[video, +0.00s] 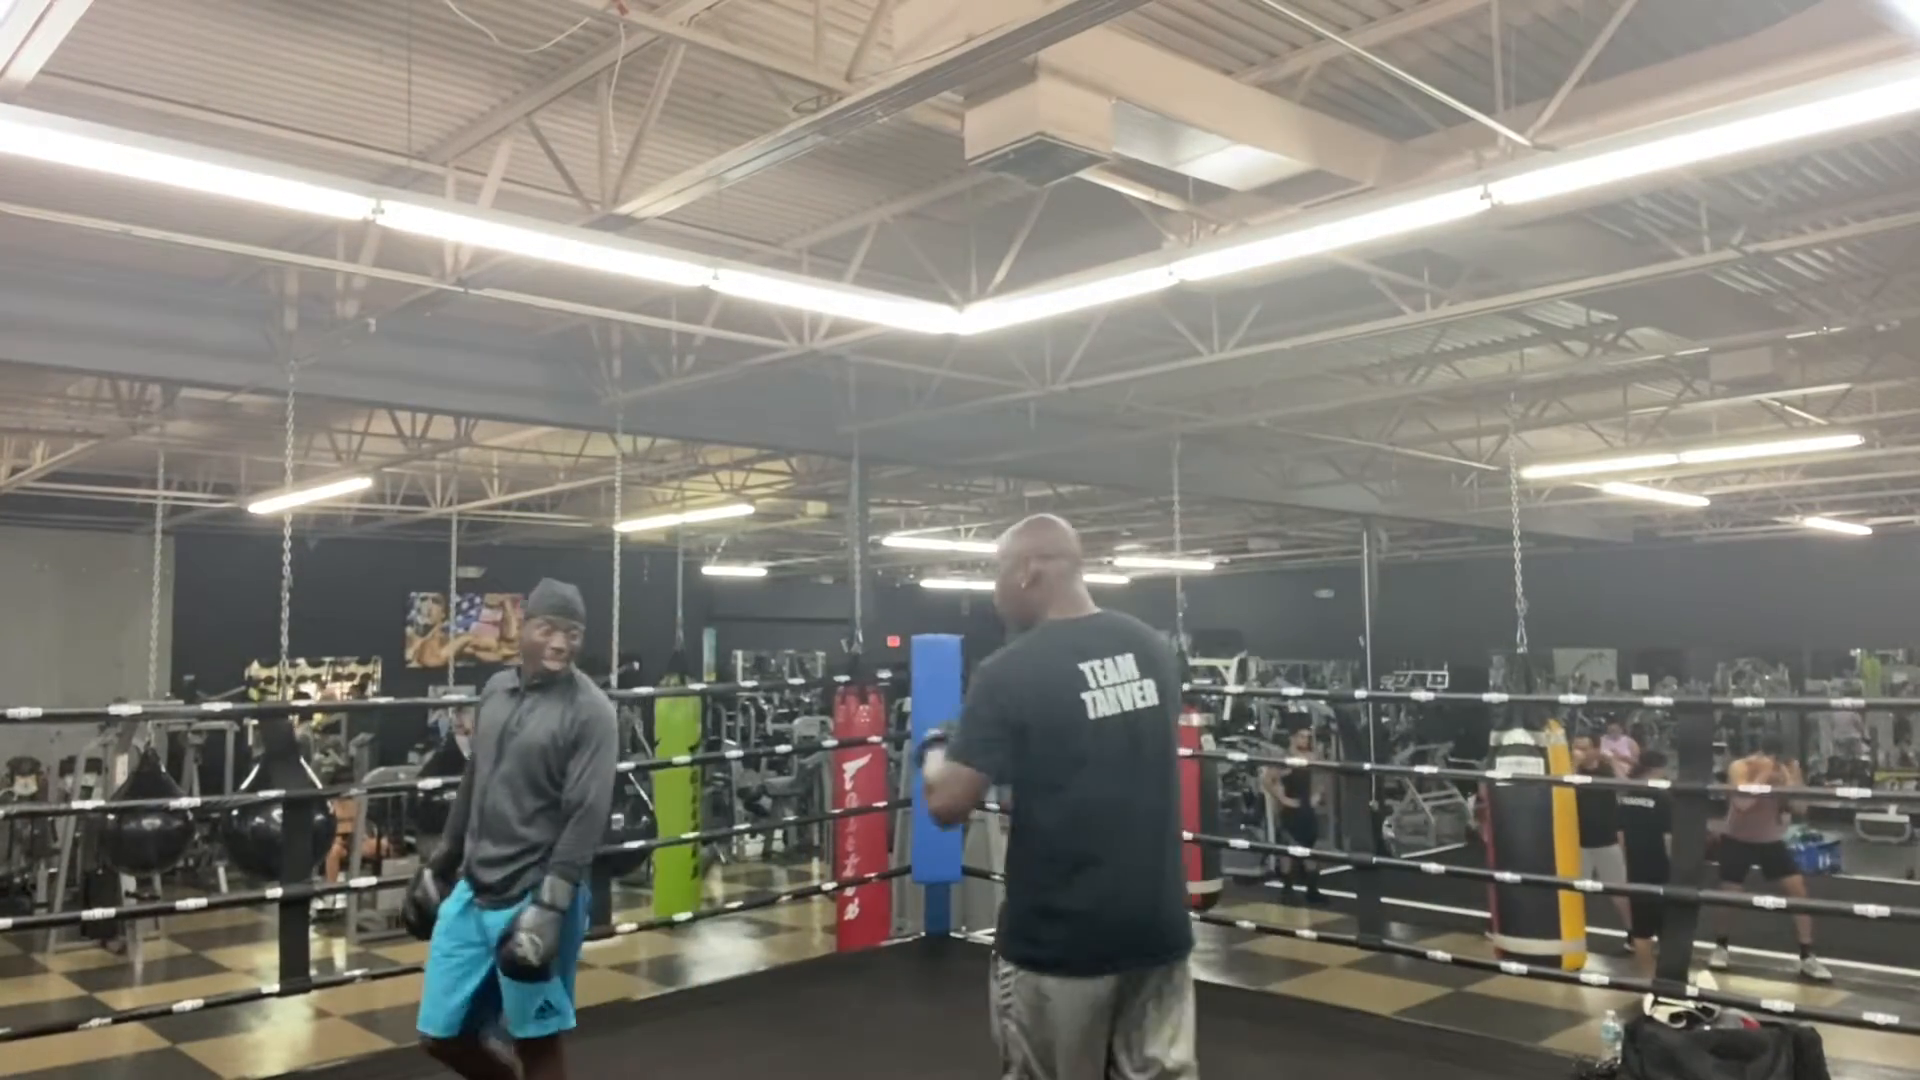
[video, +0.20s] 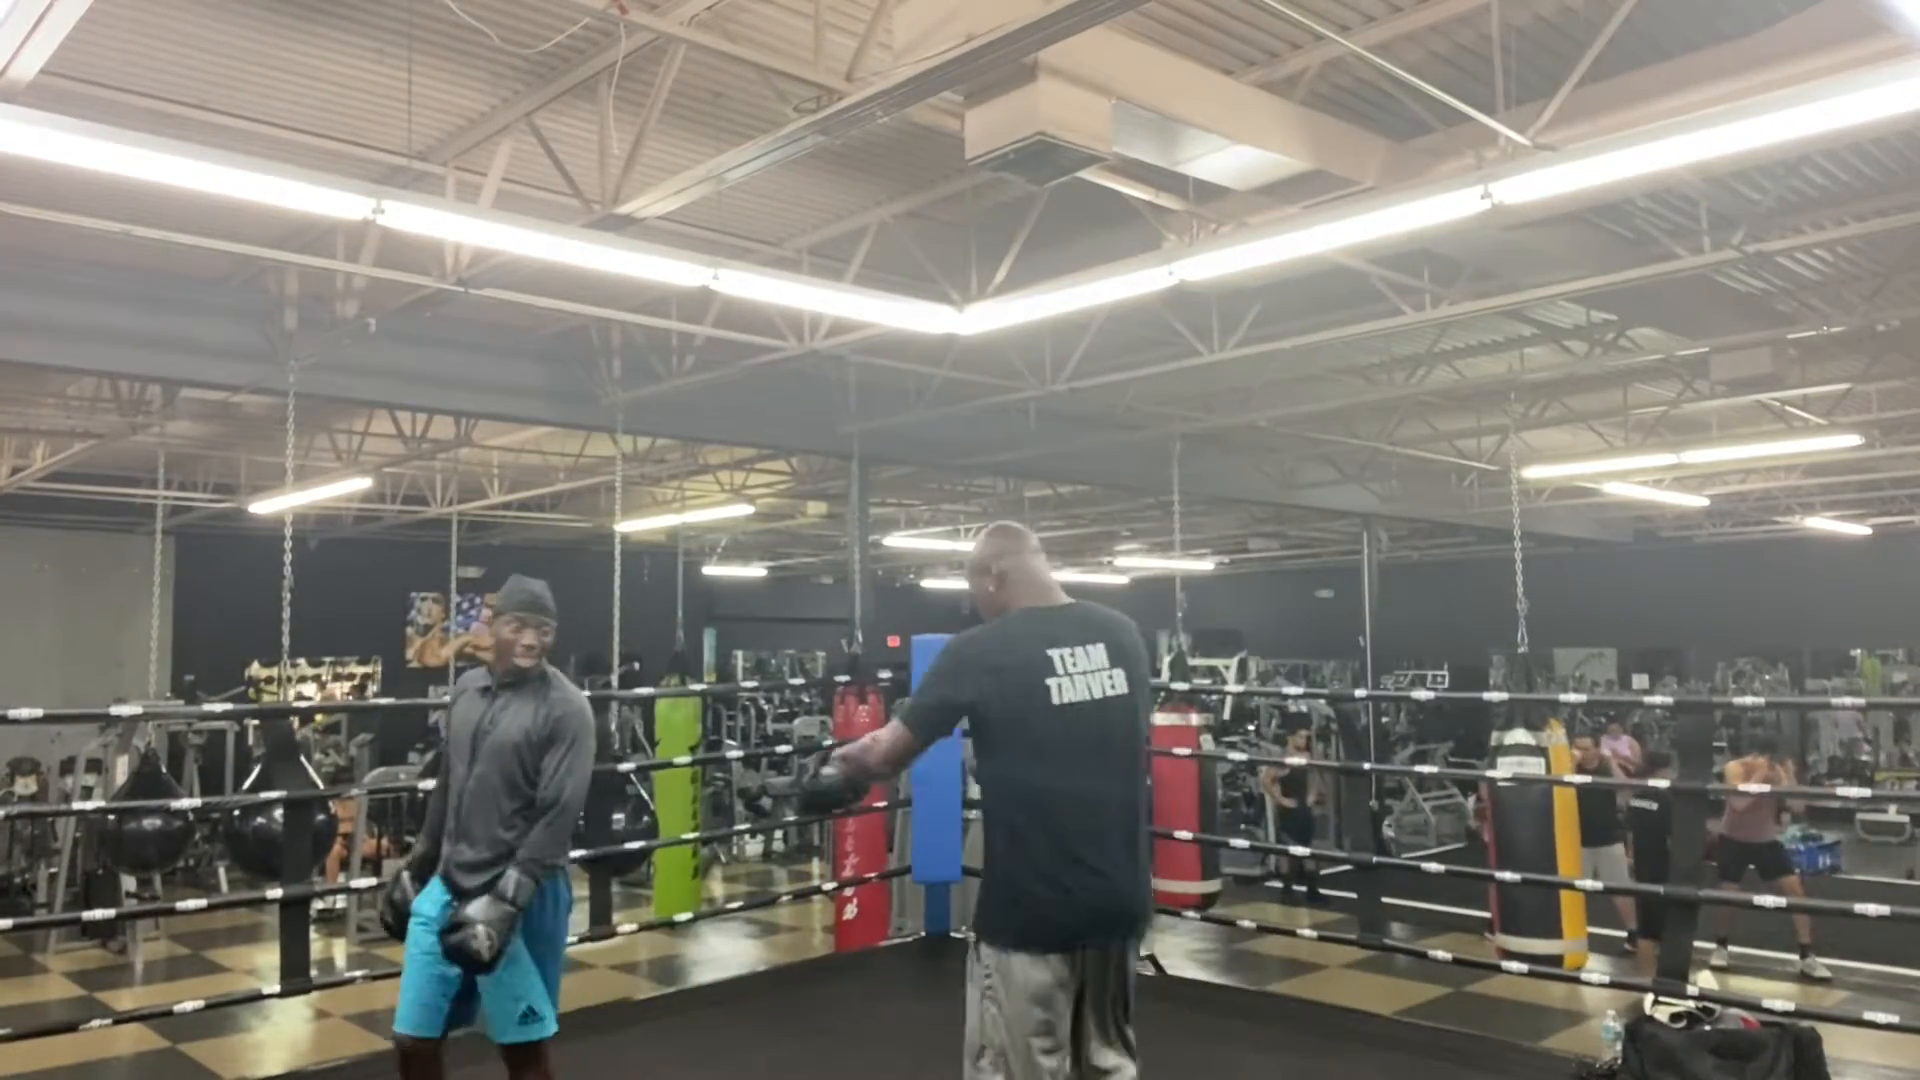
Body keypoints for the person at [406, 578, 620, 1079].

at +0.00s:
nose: (559, 642)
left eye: (570, 633)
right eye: (547, 629)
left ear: (580, 640)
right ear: (521, 630)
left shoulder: (593, 711)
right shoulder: (497, 689)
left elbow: (588, 815)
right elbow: (473, 784)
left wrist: (549, 907)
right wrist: (438, 867)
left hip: (541, 897)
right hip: (473, 892)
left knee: (538, 1043)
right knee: (442, 1036)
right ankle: (514, 1075)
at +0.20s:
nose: (529, 639)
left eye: (540, 629)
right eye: (516, 626)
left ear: (550, 637)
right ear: (490, 628)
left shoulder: (568, 709)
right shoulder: (467, 687)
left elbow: (558, 817)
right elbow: (447, 786)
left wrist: (506, 902)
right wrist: (417, 868)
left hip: (527, 891)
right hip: (449, 887)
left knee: (524, 1049)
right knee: (413, 1041)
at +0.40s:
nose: (477, 644)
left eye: (489, 632)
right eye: (463, 629)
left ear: (503, 640)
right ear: (440, 635)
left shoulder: (524, 716)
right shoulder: (419, 697)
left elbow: (526, 828)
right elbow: (407, 802)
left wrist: (490, 923)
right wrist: (378, 888)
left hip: (484, 916)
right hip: (407, 913)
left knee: (504, 1062)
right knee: (389, 1064)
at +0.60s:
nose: (405, 640)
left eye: (417, 626)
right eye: (391, 626)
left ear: (433, 633)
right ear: (365, 632)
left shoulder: (467, 709)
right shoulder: (346, 709)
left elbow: (494, 815)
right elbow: (328, 814)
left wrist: (496, 918)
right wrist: (296, 909)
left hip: (424, 915)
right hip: (343, 913)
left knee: (417, 1064)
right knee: (334, 1064)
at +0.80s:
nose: (363, 635)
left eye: (374, 621)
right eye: (346, 621)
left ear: (389, 628)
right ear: (318, 629)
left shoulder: (425, 708)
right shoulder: (293, 712)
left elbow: (453, 815)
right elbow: (266, 821)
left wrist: (463, 918)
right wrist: (228, 920)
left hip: (380, 921)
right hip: (301, 920)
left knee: (329, 1067)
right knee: (287, 1068)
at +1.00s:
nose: (321, 636)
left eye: (335, 623)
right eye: (305, 622)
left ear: (352, 630)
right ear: (280, 630)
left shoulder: (391, 712)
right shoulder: (255, 714)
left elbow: (413, 830)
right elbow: (227, 827)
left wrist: (413, 933)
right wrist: (182, 915)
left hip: (346, 928)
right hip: (270, 929)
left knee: (291, 1068)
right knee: (262, 1068)